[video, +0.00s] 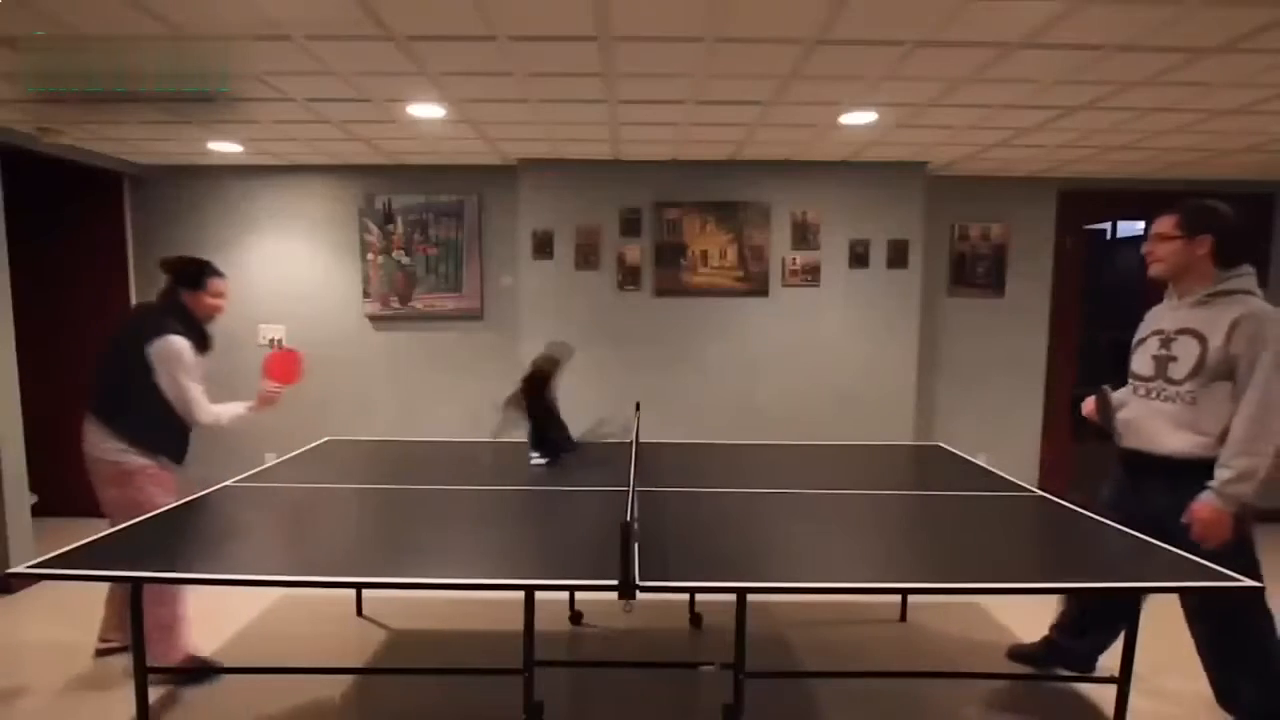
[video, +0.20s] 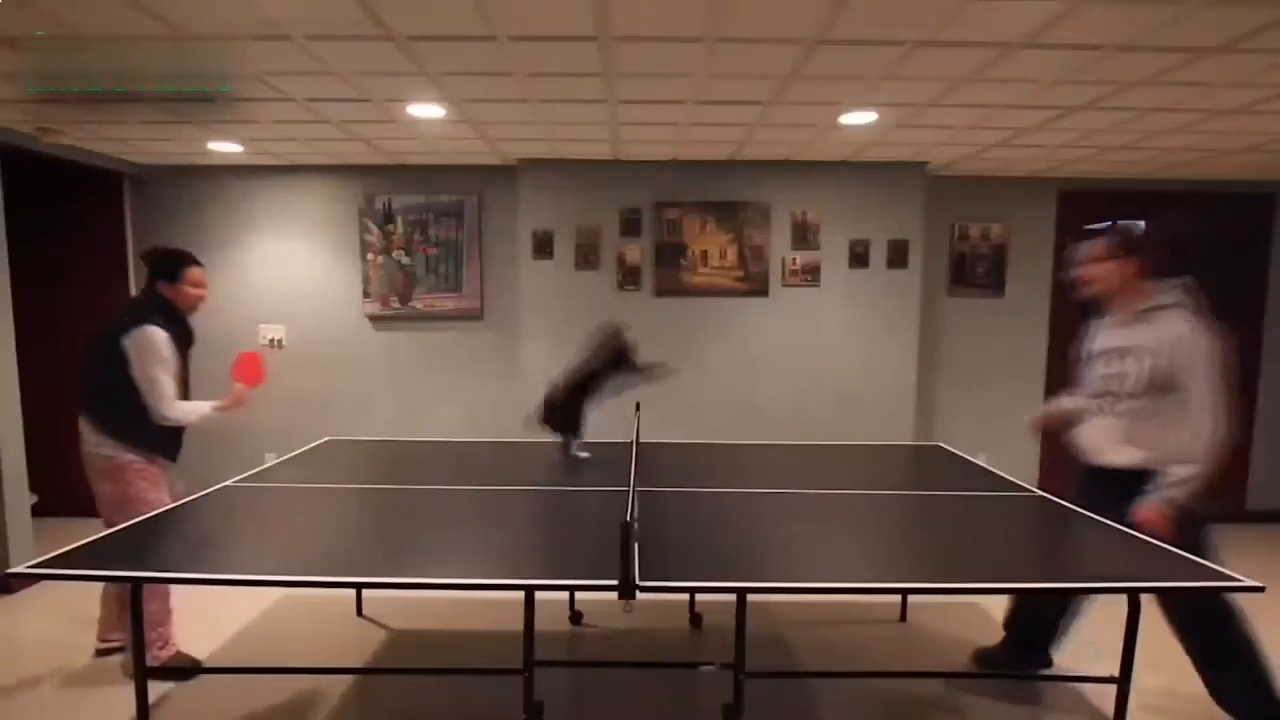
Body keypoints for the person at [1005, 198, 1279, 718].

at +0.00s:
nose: (1149, 249)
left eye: (1161, 239)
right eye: (1149, 240)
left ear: (1201, 247)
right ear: (1182, 249)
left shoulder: (1254, 319)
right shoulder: (1156, 315)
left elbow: (1261, 418)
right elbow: (1151, 391)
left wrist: (1225, 495)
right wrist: (1109, 403)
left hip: (1199, 482)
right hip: (1138, 472)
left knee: (1230, 615)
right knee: (1105, 568)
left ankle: (1260, 705)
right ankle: (1069, 649)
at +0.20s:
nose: (1082, 276)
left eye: (1093, 264)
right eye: (1081, 266)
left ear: (1130, 265)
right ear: (1086, 273)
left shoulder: (1183, 327)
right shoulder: (1100, 330)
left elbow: (1209, 425)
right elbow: (1100, 398)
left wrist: (1167, 497)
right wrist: (1055, 413)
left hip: (1160, 485)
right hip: (1099, 480)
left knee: (1194, 607)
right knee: (1055, 567)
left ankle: (1257, 705)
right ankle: (1020, 653)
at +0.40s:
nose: (1016, 283)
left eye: (1023, 272)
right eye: (1013, 274)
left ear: (1059, 269)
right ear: (1053, 272)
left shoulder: (1121, 324)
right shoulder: (1039, 320)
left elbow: (1155, 403)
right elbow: (1037, 380)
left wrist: (1131, 479)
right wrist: (1008, 407)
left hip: (1103, 470)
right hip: (1050, 463)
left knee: (1126, 583)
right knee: (1025, 554)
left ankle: (1187, 688)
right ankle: (1022, 648)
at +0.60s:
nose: (1035, 273)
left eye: (1044, 263)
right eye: (1032, 264)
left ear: (1080, 262)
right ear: (1034, 267)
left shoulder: (1133, 321)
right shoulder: (1039, 320)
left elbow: (1168, 404)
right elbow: (994, 359)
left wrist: (1146, 476)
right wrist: (954, 353)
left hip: (1104, 473)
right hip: (1045, 465)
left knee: (1110, 590)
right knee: (1018, 557)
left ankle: (1174, 683)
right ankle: (1022, 647)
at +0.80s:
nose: (1111, 253)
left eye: (1123, 242)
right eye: (1109, 244)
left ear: (1158, 248)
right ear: (1106, 253)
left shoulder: (1206, 314)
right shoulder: (1109, 308)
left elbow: (1232, 406)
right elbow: (1106, 382)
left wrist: (1210, 481)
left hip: (1169, 470)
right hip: (1103, 461)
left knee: (1180, 588)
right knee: (1064, 557)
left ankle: (1211, 695)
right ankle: (1023, 651)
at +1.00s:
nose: (1157, 246)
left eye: (1170, 236)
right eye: (1156, 236)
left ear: (1211, 242)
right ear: (1156, 243)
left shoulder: (1258, 309)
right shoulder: (1162, 302)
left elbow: (1276, 402)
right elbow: (1167, 371)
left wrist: (1267, 480)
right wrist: (1132, 384)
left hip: (1222, 466)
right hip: (1158, 458)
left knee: (1218, 589)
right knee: (1136, 563)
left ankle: (1212, 698)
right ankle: (1130, 654)